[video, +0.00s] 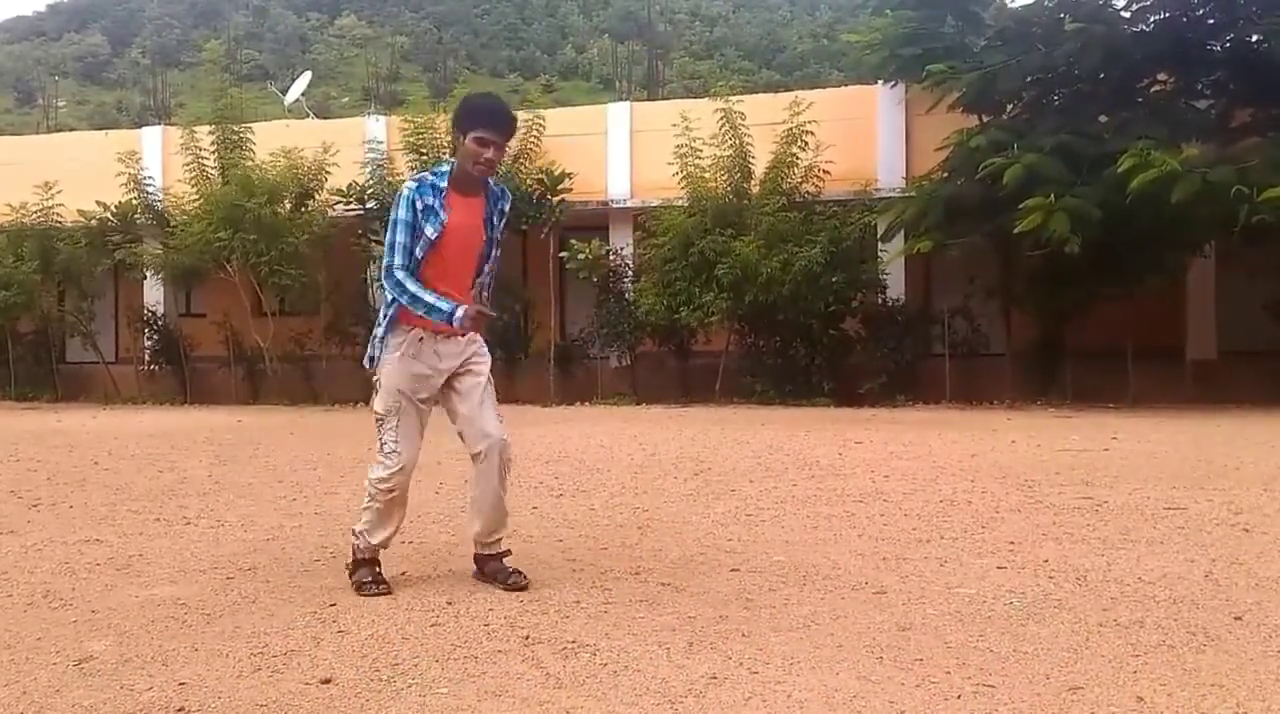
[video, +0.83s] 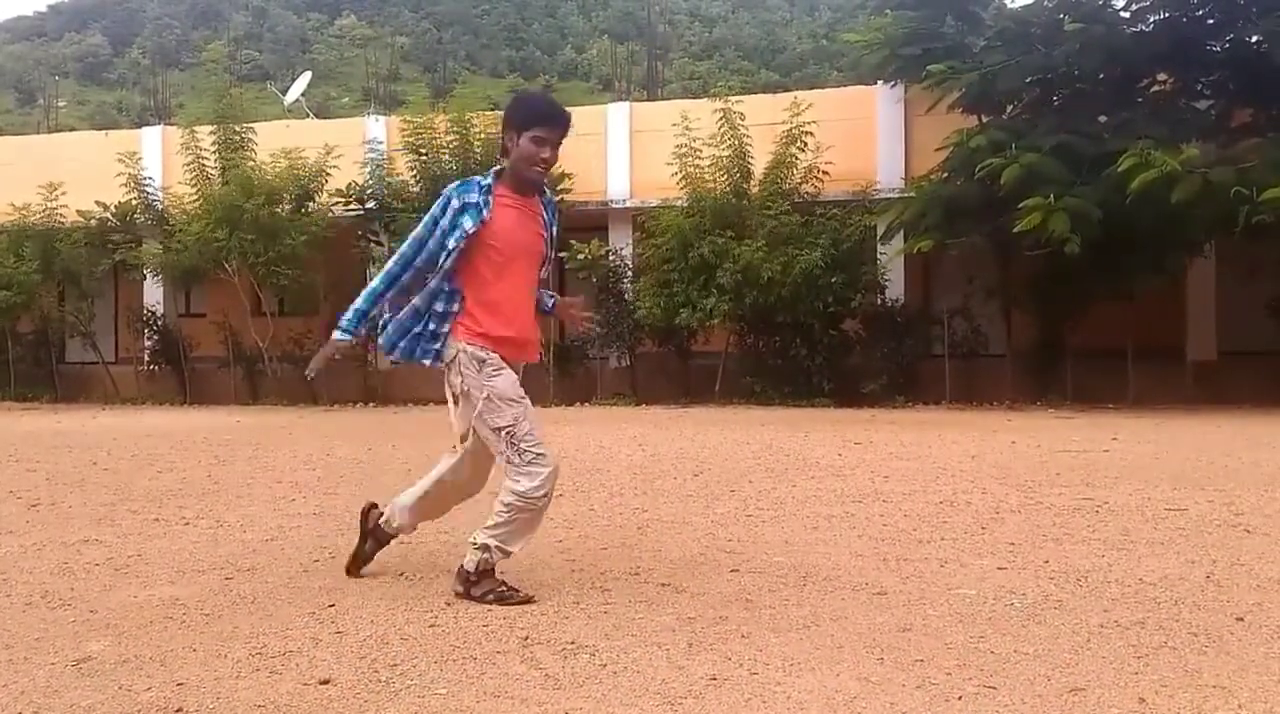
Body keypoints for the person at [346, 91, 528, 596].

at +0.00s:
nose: (489, 154)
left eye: (498, 146)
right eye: (480, 142)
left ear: (506, 150)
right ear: (458, 140)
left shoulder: (499, 200)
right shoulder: (417, 192)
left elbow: (486, 264)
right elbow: (394, 274)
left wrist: (478, 309)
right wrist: (452, 313)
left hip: (466, 345)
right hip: (410, 342)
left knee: (492, 443)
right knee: (398, 460)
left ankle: (489, 555)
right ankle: (365, 554)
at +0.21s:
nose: (499, 172)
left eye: (507, 163)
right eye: (491, 160)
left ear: (512, 164)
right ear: (463, 154)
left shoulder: (495, 216)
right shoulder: (426, 200)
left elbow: (494, 295)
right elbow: (423, 284)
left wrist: (496, 371)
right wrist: (455, 352)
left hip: (473, 343)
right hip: (421, 339)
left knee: (489, 460)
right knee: (441, 459)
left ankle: (433, 555)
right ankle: (370, 537)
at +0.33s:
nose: (530, 196)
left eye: (536, 187)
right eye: (522, 184)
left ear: (537, 189)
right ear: (495, 179)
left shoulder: (509, 224)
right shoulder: (460, 206)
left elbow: (526, 269)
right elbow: (405, 267)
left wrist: (562, 289)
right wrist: (366, 339)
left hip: (460, 341)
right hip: (414, 339)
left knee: (482, 440)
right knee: (486, 419)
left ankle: (436, 552)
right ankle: (418, 521)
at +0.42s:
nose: (546, 179)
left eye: (552, 170)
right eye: (539, 166)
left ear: (550, 167)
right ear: (511, 158)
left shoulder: (523, 202)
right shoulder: (468, 180)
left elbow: (559, 225)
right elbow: (396, 220)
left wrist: (588, 196)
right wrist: (331, 274)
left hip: (450, 318)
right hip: (416, 312)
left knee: (448, 437)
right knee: (489, 402)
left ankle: (429, 547)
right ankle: (460, 529)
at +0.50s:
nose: (552, 149)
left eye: (558, 139)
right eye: (543, 137)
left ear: (560, 139)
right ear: (514, 132)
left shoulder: (536, 180)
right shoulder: (472, 152)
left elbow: (573, 201)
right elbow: (393, 177)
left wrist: (593, 151)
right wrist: (316, 211)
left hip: (459, 302)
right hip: (421, 292)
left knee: (434, 424)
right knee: (486, 411)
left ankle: (390, 526)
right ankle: (487, 543)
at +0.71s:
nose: (534, 139)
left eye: (544, 131)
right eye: (525, 126)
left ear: (551, 135)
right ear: (502, 125)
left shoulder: (536, 189)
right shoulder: (464, 171)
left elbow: (550, 263)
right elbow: (380, 194)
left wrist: (556, 207)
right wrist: (295, 213)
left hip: (498, 338)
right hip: (464, 333)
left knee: (443, 440)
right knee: (517, 459)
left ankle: (347, 483)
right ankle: (477, 569)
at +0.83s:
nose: (547, 154)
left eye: (555, 144)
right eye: (537, 141)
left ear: (560, 149)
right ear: (508, 141)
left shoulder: (544, 209)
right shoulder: (467, 197)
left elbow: (522, 283)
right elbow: (406, 264)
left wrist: (554, 305)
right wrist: (346, 330)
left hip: (511, 356)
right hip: (472, 351)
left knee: (470, 472)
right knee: (535, 469)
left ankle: (385, 523)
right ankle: (477, 569)